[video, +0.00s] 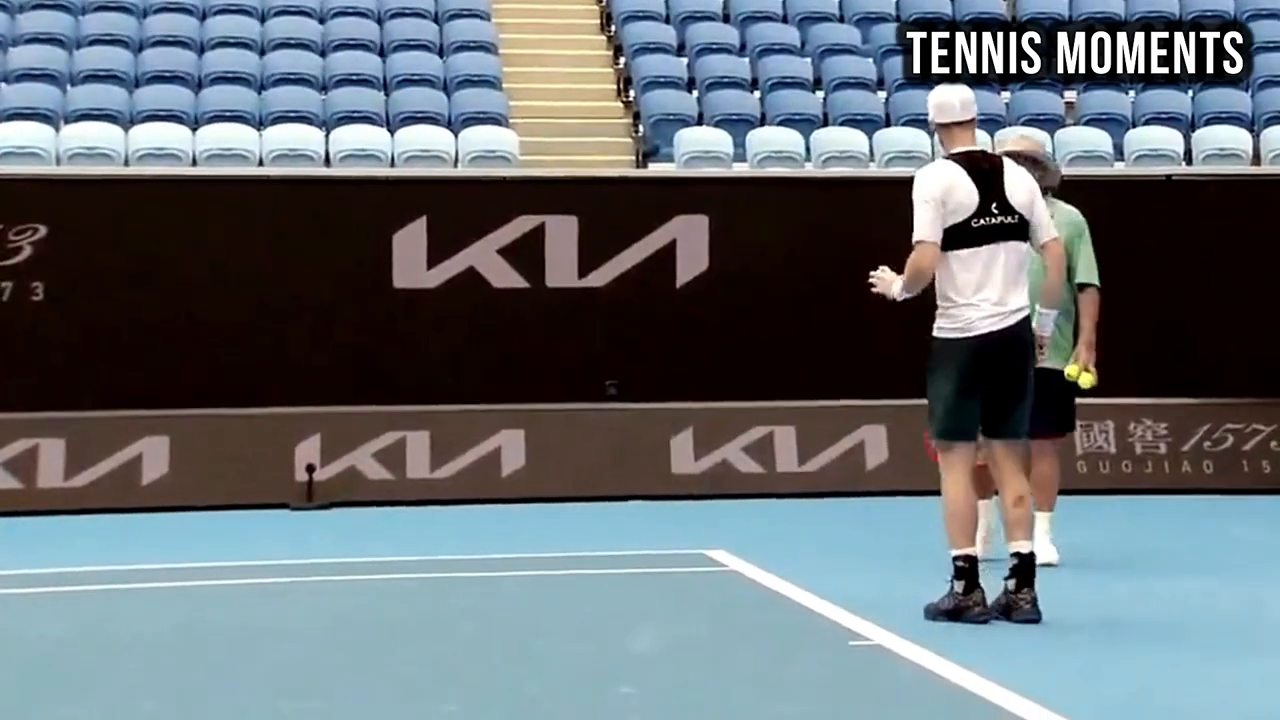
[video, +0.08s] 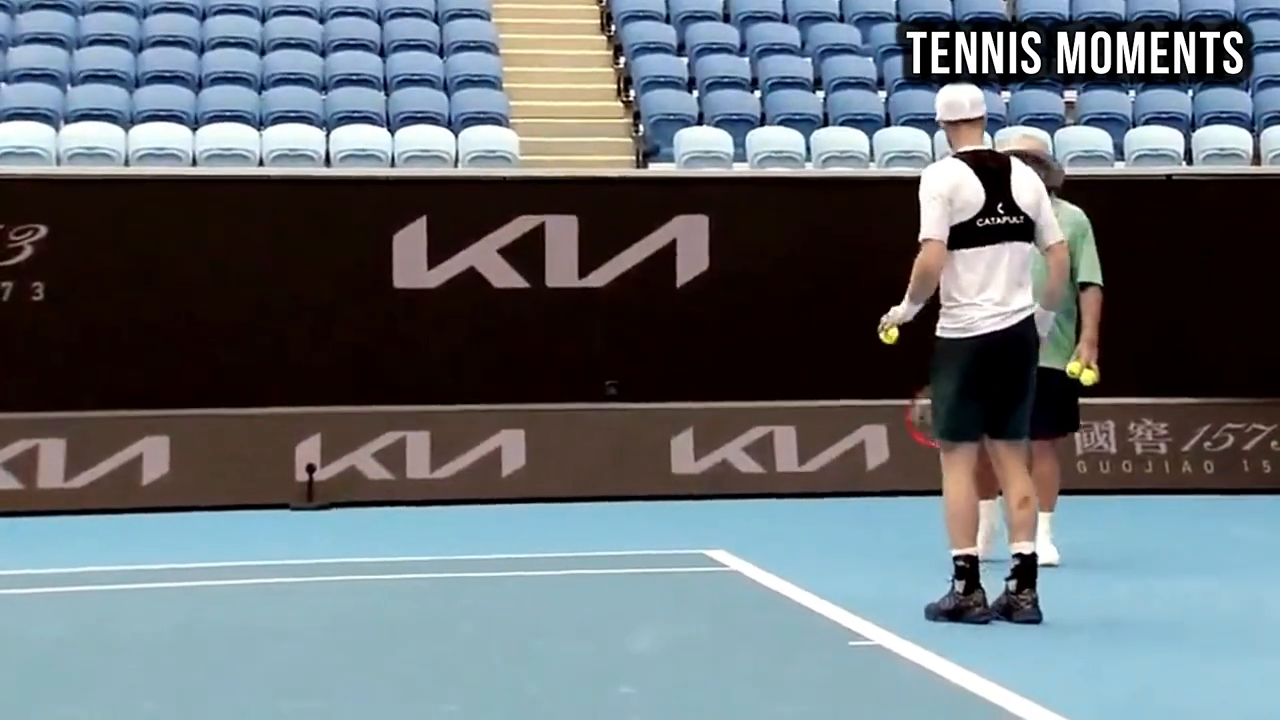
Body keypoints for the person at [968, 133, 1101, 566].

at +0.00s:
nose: (1018, 172)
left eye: (1027, 163)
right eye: (1010, 163)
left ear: (1044, 170)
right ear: (996, 167)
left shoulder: (1067, 219)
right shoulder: (984, 215)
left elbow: (1087, 286)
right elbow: (966, 280)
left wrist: (1085, 344)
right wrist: (973, 333)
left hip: (1048, 353)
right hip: (994, 349)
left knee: (1043, 443)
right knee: (984, 444)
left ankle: (1041, 532)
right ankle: (986, 524)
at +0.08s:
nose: (1019, 172)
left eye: (1028, 163)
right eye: (1012, 162)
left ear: (1046, 169)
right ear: (998, 167)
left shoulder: (1069, 218)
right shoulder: (984, 214)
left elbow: (1090, 286)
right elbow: (964, 279)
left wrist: (1087, 344)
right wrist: (970, 336)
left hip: (1049, 353)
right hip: (995, 349)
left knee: (1042, 443)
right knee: (987, 443)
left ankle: (1042, 533)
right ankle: (988, 526)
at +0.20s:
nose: (1025, 176)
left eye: (1034, 166)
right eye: (1018, 166)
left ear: (1052, 173)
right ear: (1003, 171)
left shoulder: (1074, 221)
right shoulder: (990, 219)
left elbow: (1094, 288)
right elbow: (966, 284)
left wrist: (1090, 347)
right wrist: (969, 338)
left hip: (1054, 358)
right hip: (999, 354)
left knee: (1046, 448)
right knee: (991, 447)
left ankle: (1044, 538)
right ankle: (991, 533)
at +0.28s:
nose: (1026, 178)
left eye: (1035, 169)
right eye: (1019, 168)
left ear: (1053, 174)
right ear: (1004, 173)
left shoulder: (1076, 224)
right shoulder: (993, 223)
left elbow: (1097, 292)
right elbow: (972, 288)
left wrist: (1091, 354)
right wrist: (960, 337)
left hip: (1057, 362)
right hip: (1003, 358)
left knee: (1050, 452)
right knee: (996, 451)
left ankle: (1045, 540)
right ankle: (993, 536)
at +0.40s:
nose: (1027, 179)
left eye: (1036, 169)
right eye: (1020, 169)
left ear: (1054, 173)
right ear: (1008, 175)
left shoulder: (1077, 225)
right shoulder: (999, 224)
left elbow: (1097, 295)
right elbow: (982, 289)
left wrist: (1095, 356)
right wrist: (977, 334)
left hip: (1060, 362)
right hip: (1009, 357)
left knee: (1052, 453)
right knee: (1000, 450)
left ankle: (1046, 542)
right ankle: (995, 539)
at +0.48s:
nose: (1025, 177)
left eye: (1034, 167)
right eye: (1018, 167)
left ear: (1053, 172)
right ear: (1006, 173)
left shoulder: (1078, 226)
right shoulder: (998, 224)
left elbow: (1097, 296)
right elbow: (980, 290)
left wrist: (1097, 357)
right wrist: (979, 340)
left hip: (1061, 361)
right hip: (1009, 356)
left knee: (1054, 453)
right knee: (1002, 450)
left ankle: (1047, 542)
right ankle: (997, 538)